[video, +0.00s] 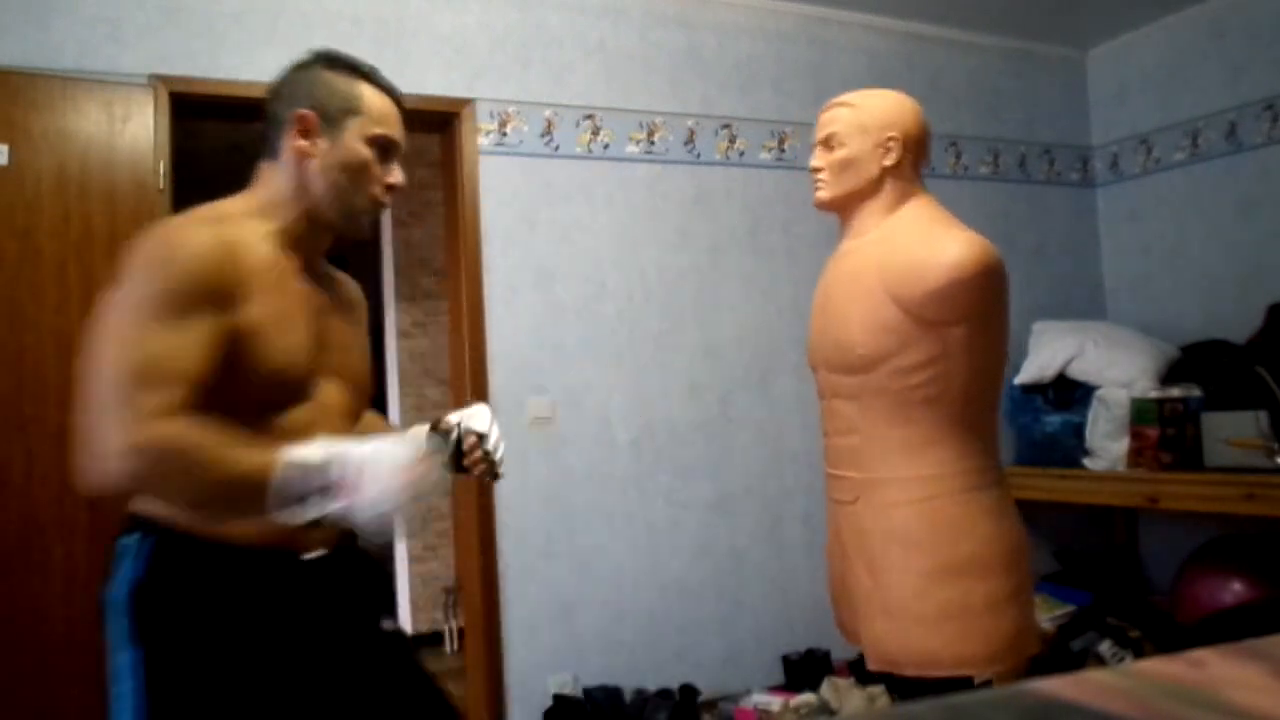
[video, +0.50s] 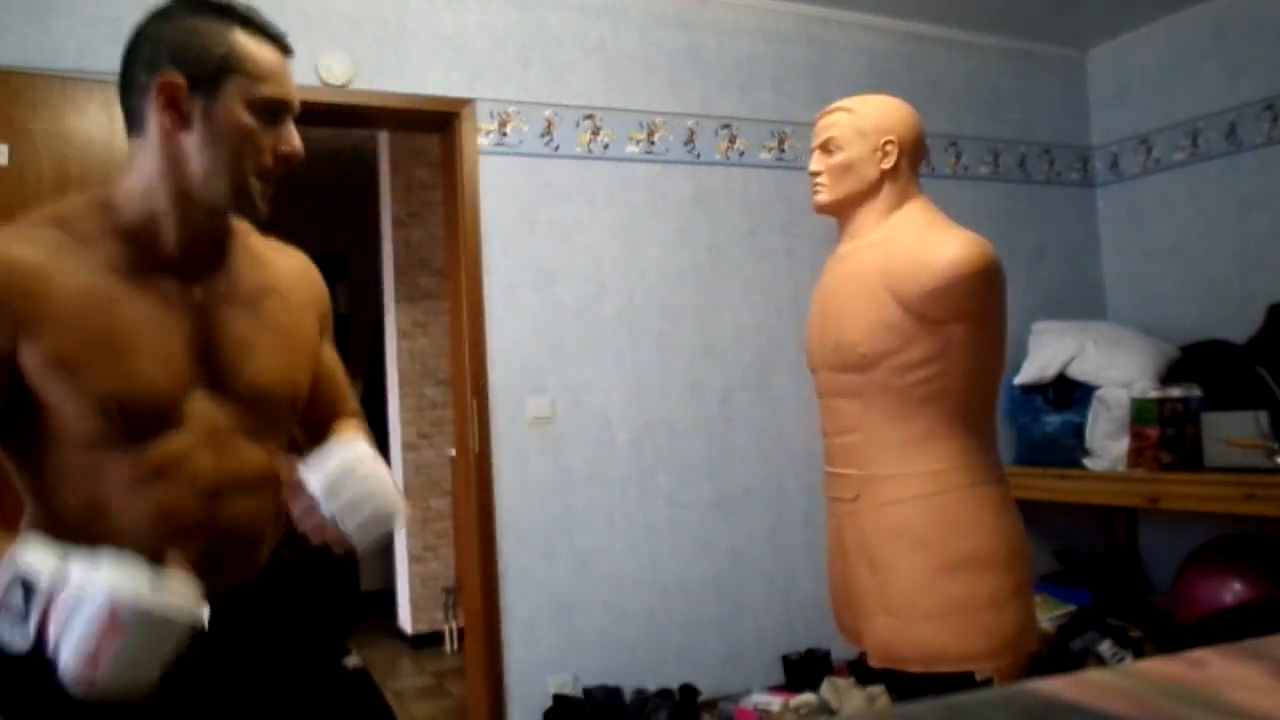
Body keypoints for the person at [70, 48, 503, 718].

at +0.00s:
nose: (396, 179)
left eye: (398, 159)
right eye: (380, 149)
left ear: (310, 142)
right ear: (304, 138)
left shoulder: (345, 295)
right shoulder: (188, 251)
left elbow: (343, 425)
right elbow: (121, 448)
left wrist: (429, 454)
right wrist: (330, 477)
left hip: (319, 590)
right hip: (195, 591)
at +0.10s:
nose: (365, 152)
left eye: (367, 128)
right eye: (347, 122)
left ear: (267, 106)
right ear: (263, 103)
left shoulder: (326, 262)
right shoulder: (117, 228)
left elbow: (340, 405)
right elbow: (10, 404)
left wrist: (407, 405)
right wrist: (181, 476)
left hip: (304, 589)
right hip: (158, 596)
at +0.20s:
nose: (341, 88)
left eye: (343, 62)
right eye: (323, 53)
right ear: (238, 32)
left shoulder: (315, 201)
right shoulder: (82, 164)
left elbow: (317, 365)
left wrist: (372, 352)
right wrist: (104, 422)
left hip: (285, 535)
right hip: (138, 538)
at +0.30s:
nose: (326, 70)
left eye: (327, 44)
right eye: (305, 34)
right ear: (217, 22)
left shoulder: (310, 194)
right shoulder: (54, 160)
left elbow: (333, 347)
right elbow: (2, 352)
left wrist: (366, 353)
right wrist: (62, 442)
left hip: (274, 545)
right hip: (117, 552)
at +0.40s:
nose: (309, 122)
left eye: (308, 96)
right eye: (287, 90)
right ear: (193, 77)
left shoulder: (307, 256)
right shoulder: (38, 238)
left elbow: (358, 395)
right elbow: (5, 428)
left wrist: (363, 441)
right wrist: (41, 559)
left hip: (274, 627)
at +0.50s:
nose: (294, 146)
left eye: (293, 120)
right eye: (267, 114)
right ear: (172, 106)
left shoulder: (294, 278)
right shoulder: (23, 269)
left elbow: (340, 421)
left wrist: (348, 486)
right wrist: (43, 588)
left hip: (274, 652)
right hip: (94, 668)